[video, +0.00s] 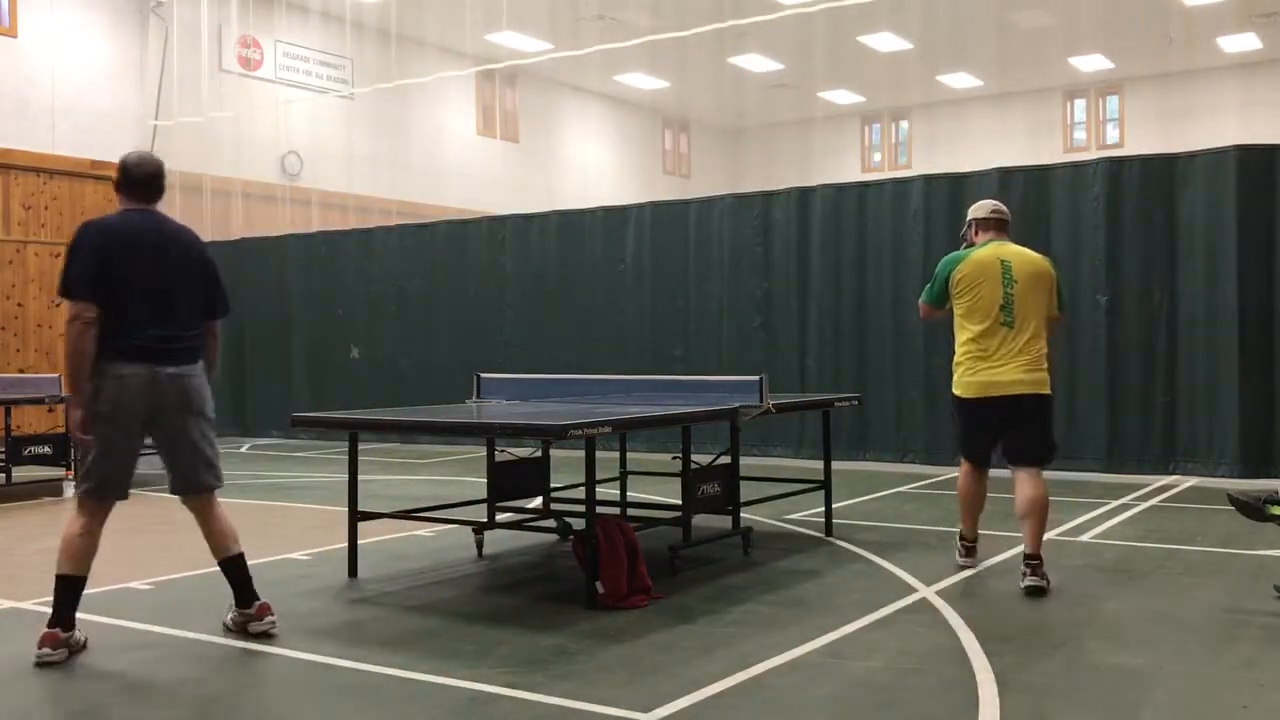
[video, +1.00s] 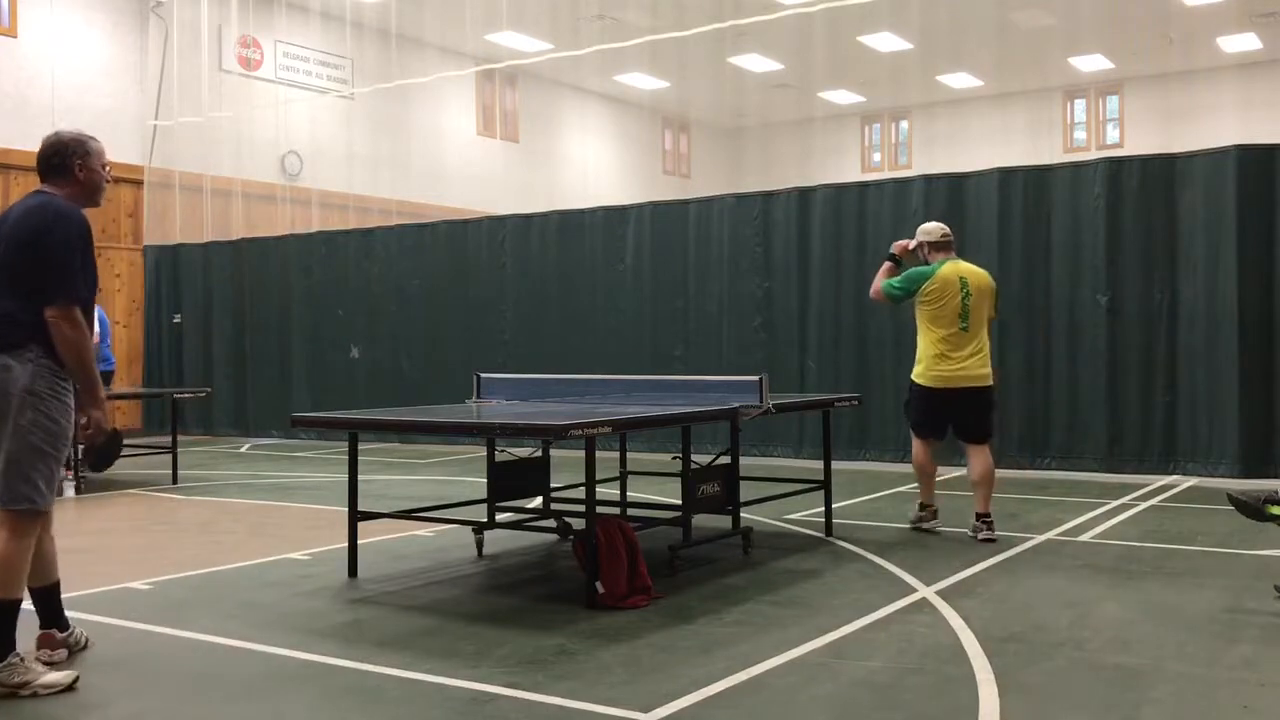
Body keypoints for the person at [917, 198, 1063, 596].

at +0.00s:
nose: (968, 237)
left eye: (968, 232)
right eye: (971, 232)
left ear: (974, 231)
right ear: (1007, 229)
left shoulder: (956, 263)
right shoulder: (1042, 265)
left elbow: (928, 310)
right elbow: (1053, 318)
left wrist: (959, 275)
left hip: (975, 388)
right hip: (1030, 388)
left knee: (973, 464)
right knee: (1029, 469)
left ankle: (968, 545)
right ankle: (1033, 562)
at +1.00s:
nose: (920, 255)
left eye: (920, 250)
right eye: (921, 250)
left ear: (926, 250)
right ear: (952, 246)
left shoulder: (923, 276)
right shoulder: (984, 277)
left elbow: (877, 290)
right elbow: (990, 317)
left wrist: (895, 258)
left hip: (932, 380)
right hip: (977, 380)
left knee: (923, 440)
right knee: (978, 444)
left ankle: (927, 509)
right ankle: (984, 519)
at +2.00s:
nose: (802, 269)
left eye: (805, 263)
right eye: (802, 263)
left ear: (821, 261)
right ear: (826, 262)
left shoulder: (830, 286)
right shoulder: (852, 285)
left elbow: (838, 329)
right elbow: (862, 335)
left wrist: (812, 360)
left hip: (831, 377)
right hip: (857, 377)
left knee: (800, 425)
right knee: (846, 433)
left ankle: (842, 474)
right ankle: (852, 496)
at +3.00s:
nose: (710, 273)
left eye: (713, 268)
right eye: (708, 268)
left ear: (729, 265)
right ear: (715, 268)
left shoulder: (745, 288)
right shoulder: (719, 291)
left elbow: (755, 327)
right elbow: (721, 328)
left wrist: (716, 341)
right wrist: (706, 340)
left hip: (740, 375)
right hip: (719, 374)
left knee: (719, 424)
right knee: (720, 426)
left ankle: (742, 480)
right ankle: (740, 480)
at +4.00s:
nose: (679, 276)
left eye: (683, 271)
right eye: (676, 271)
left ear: (699, 267)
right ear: (674, 270)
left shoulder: (717, 296)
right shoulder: (690, 293)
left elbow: (725, 339)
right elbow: (695, 336)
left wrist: (689, 360)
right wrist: (683, 363)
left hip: (717, 374)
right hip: (696, 374)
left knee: (710, 431)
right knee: (702, 429)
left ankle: (713, 485)